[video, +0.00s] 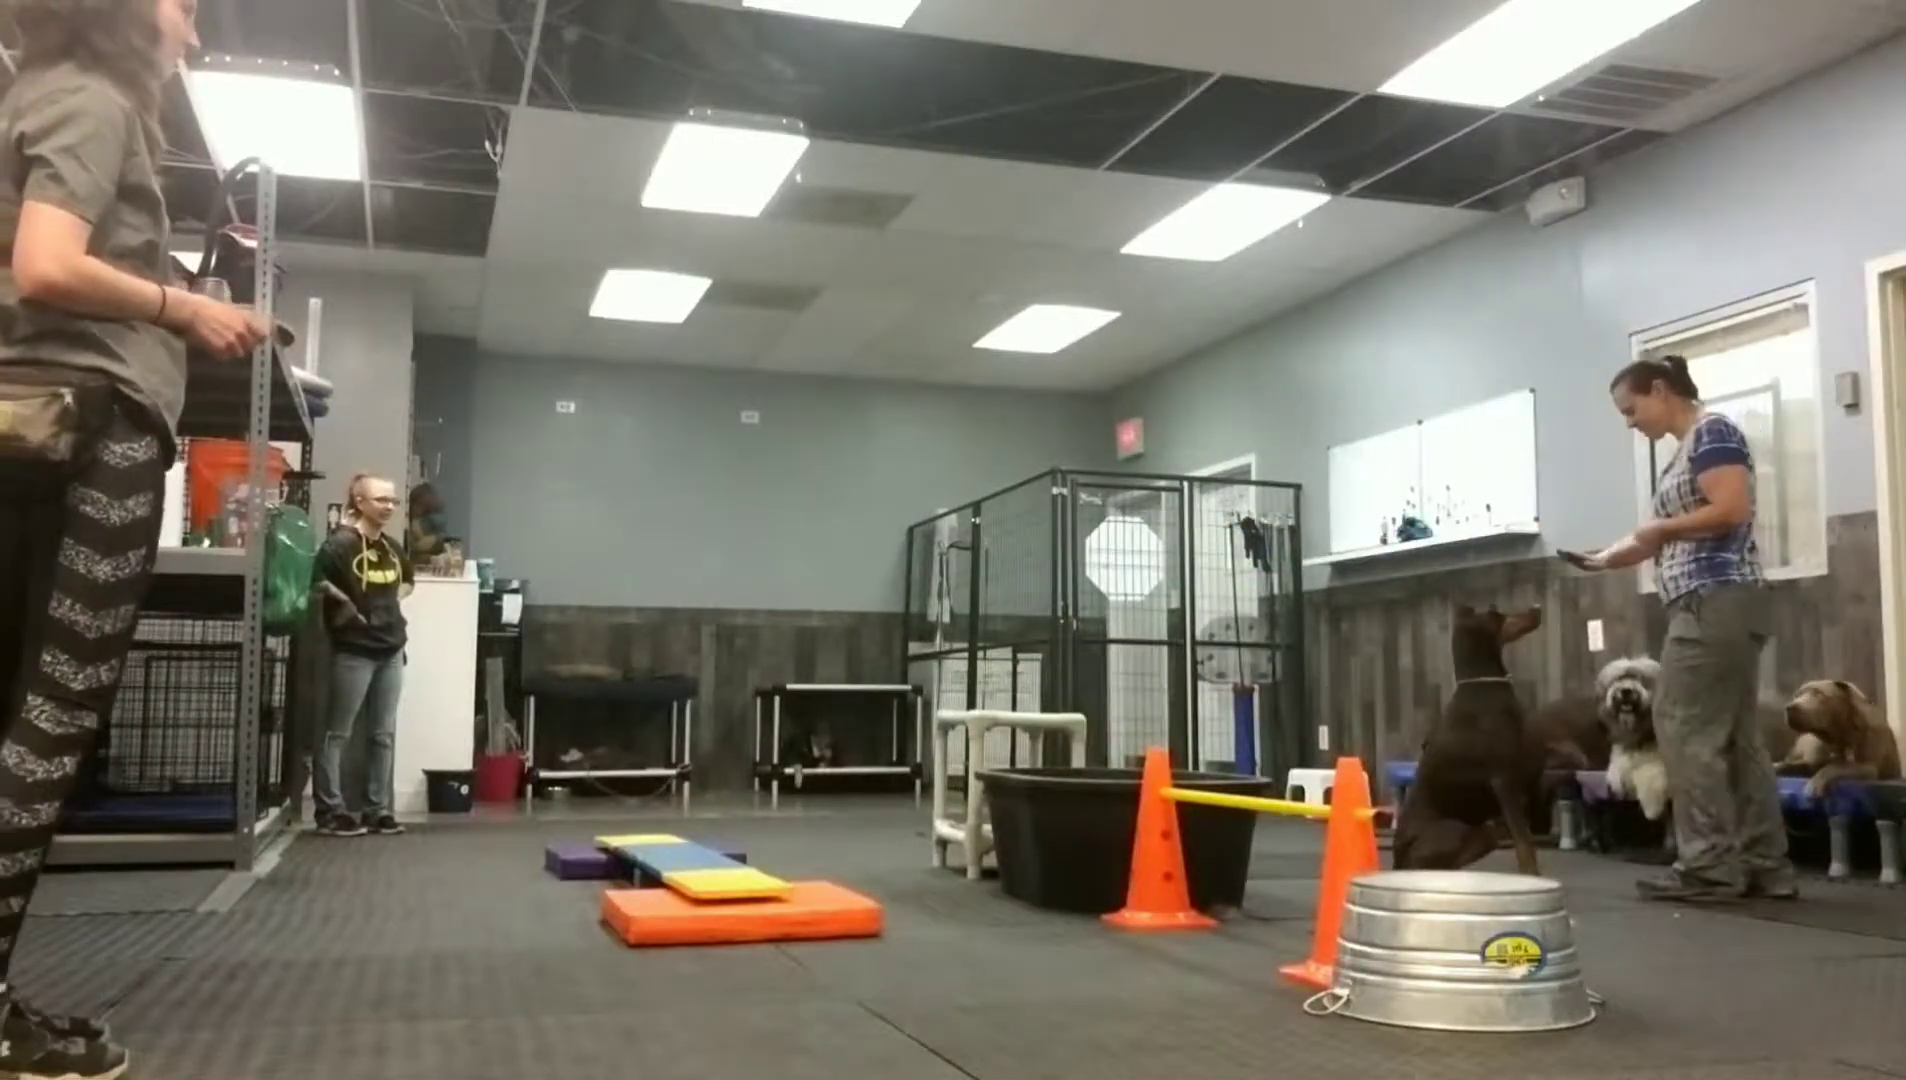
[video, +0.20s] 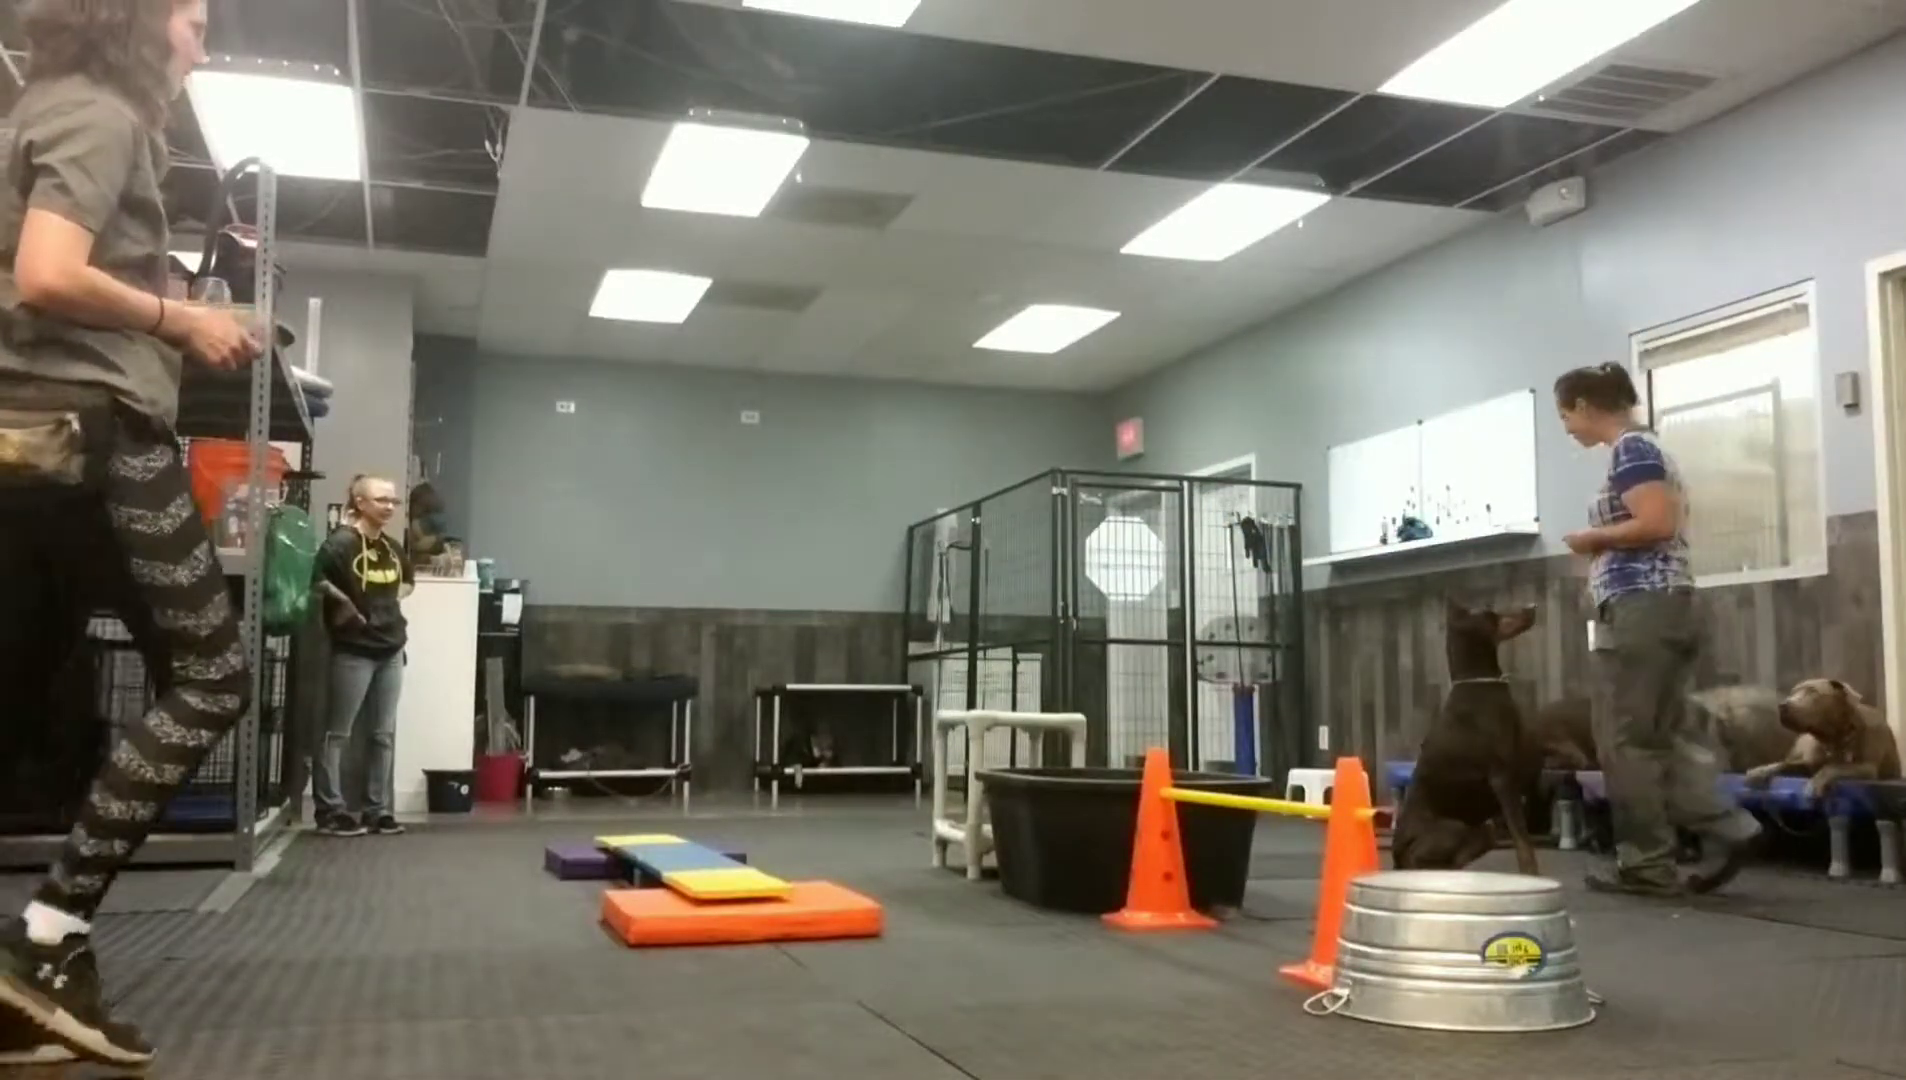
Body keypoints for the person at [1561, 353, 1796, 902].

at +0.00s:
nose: (1633, 426)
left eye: (1632, 412)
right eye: (1628, 417)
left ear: (1659, 391)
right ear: (1658, 397)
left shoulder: (1711, 431)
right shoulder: (1686, 452)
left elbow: (1733, 509)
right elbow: (1662, 537)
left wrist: (1661, 528)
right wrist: (1604, 559)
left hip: (1714, 604)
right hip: (1723, 604)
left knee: (1682, 725)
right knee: (1736, 736)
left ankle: (1708, 863)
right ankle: (1767, 865)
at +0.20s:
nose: (1568, 430)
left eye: (1566, 417)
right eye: (1564, 420)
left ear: (1585, 408)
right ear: (1606, 405)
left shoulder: (1632, 449)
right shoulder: (1647, 451)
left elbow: (1657, 522)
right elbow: (1665, 527)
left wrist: (1595, 537)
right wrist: (1605, 539)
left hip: (1639, 605)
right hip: (1665, 603)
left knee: (1622, 736)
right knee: (1656, 732)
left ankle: (1646, 860)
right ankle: (1722, 831)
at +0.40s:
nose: (1499, 434)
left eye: (1502, 422)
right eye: (1498, 424)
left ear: (1529, 414)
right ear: (1545, 416)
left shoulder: (1534, 465)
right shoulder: (1590, 467)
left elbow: (1544, 538)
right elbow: (1634, 534)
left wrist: (1510, 552)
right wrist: (1602, 575)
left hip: (1559, 616)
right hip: (1604, 610)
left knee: (1589, 734)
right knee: (1556, 734)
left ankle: (1644, 859)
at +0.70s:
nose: (1399, 461)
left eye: (1398, 454)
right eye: (1399, 454)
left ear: (1404, 452)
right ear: (1438, 450)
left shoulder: (1411, 491)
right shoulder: (1475, 496)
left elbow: (1413, 556)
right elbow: (1512, 557)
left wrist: (1389, 571)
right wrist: (1492, 602)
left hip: (1418, 628)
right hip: (1471, 625)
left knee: (1394, 734)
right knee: (1474, 731)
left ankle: (1377, 834)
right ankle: (1485, 831)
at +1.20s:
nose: (1329, 491)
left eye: (1324, 485)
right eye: (1329, 485)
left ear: (1293, 485)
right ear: (1327, 485)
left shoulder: (1270, 517)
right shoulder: (1343, 522)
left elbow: (1251, 569)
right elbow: (1365, 577)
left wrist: (1275, 585)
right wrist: (1359, 621)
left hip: (1275, 629)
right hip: (1328, 630)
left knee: (1268, 722)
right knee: (1318, 730)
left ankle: (1247, 812)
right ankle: (1313, 824)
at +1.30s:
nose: (1323, 505)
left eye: (1323, 500)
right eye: (1322, 499)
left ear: (1282, 494)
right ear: (1312, 496)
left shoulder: (1251, 527)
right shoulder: (1323, 528)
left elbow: (1234, 577)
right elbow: (1337, 582)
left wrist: (1263, 591)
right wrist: (1342, 621)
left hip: (1260, 635)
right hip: (1310, 637)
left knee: (1267, 726)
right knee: (1311, 723)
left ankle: (1268, 813)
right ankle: (1310, 799)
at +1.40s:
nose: (1327, 516)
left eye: (1328, 510)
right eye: (1327, 509)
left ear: (1289, 500)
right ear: (1316, 503)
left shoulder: (1253, 525)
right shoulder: (1320, 531)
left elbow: (1231, 574)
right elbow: (1331, 592)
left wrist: (1265, 590)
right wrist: (1347, 637)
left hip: (1257, 631)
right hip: (1305, 634)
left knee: (1260, 726)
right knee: (1320, 720)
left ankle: (1261, 815)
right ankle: (1308, 797)